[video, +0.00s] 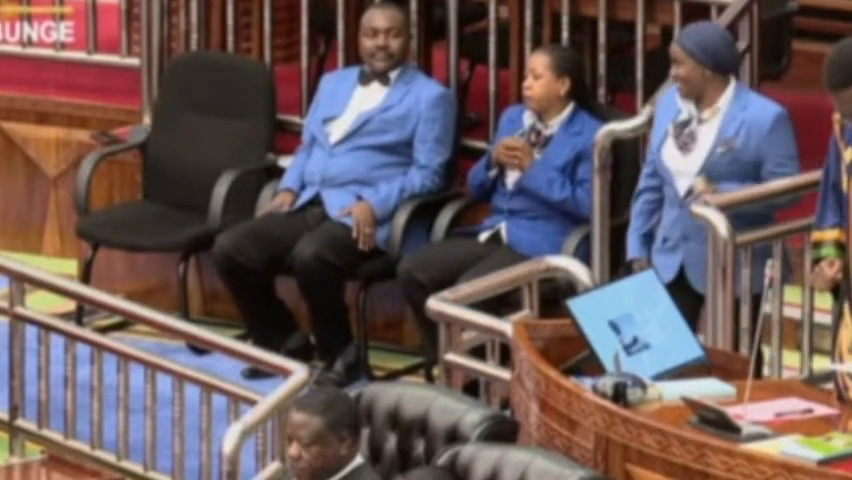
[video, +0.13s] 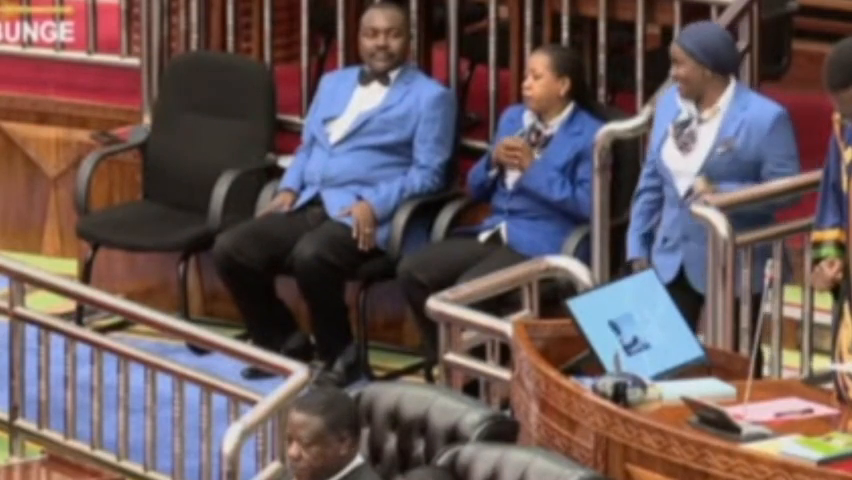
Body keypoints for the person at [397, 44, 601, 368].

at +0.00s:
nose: (526, 85)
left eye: (536, 78)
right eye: (526, 76)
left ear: (563, 86)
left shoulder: (590, 134)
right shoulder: (512, 118)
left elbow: (589, 207)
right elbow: (475, 190)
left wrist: (530, 169)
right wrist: (493, 163)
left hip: (538, 249)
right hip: (493, 238)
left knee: (464, 295)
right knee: (413, 269)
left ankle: (483, 380)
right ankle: (444, 365)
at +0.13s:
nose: (526, 85)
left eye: (536, 78)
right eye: (526, 76)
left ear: (563, 86)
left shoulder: (590, 134)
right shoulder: (512, 118)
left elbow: (589, 207)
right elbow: (475, 190)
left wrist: (530, 169)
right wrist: (493, 163)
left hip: (538, 249)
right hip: (493, 238)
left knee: (464, 295)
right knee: (413, 269)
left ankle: (483, 380)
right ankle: (444, 365)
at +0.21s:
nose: (526, 85)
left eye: (536, 78)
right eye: (526, 77)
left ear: (563, 86)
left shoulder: (590, 134)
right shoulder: (512, 118)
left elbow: (589, 207)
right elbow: (475, 190)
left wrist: (531, 169)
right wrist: (493, 162)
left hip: (538, 249)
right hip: (493, 238)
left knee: (464, 295)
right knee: (414, 269)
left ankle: (482, 380)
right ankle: (444, 363)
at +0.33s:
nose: (526, 85)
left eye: (536, 78)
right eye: (526, 77)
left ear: (564, 86)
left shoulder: (590, 134)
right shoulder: (512, 118)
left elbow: (589, 207)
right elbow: (475, 190)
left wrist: (531, 170)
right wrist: (494, 163)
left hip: (538, 249)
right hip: (493, 237)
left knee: (466, 295)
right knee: (414, 270)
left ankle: (482, 381)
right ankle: (444, 365)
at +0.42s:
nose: (526, 85)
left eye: (536, 78)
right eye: (526, 77)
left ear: (564, 86)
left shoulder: (587, 133)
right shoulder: (512, 118)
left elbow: (587, 206)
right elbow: (475, 189)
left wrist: (531, 170)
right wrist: (494, 162)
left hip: (538, 248)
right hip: (494, 236)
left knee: (465, 296)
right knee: (414, 269)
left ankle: (480, 378)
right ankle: (445, 362)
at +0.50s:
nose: (526, 85)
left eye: (536, 77)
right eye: (526, 77)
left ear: (564, 86)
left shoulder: (584, 130)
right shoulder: (513, 118)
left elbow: (584, 206)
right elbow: (475, 189)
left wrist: (530, 170)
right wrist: (493, 162)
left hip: (537, 248)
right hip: (494, 236)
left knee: (465, 296)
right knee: (414, 269)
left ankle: (479, 379)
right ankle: (445, 363)